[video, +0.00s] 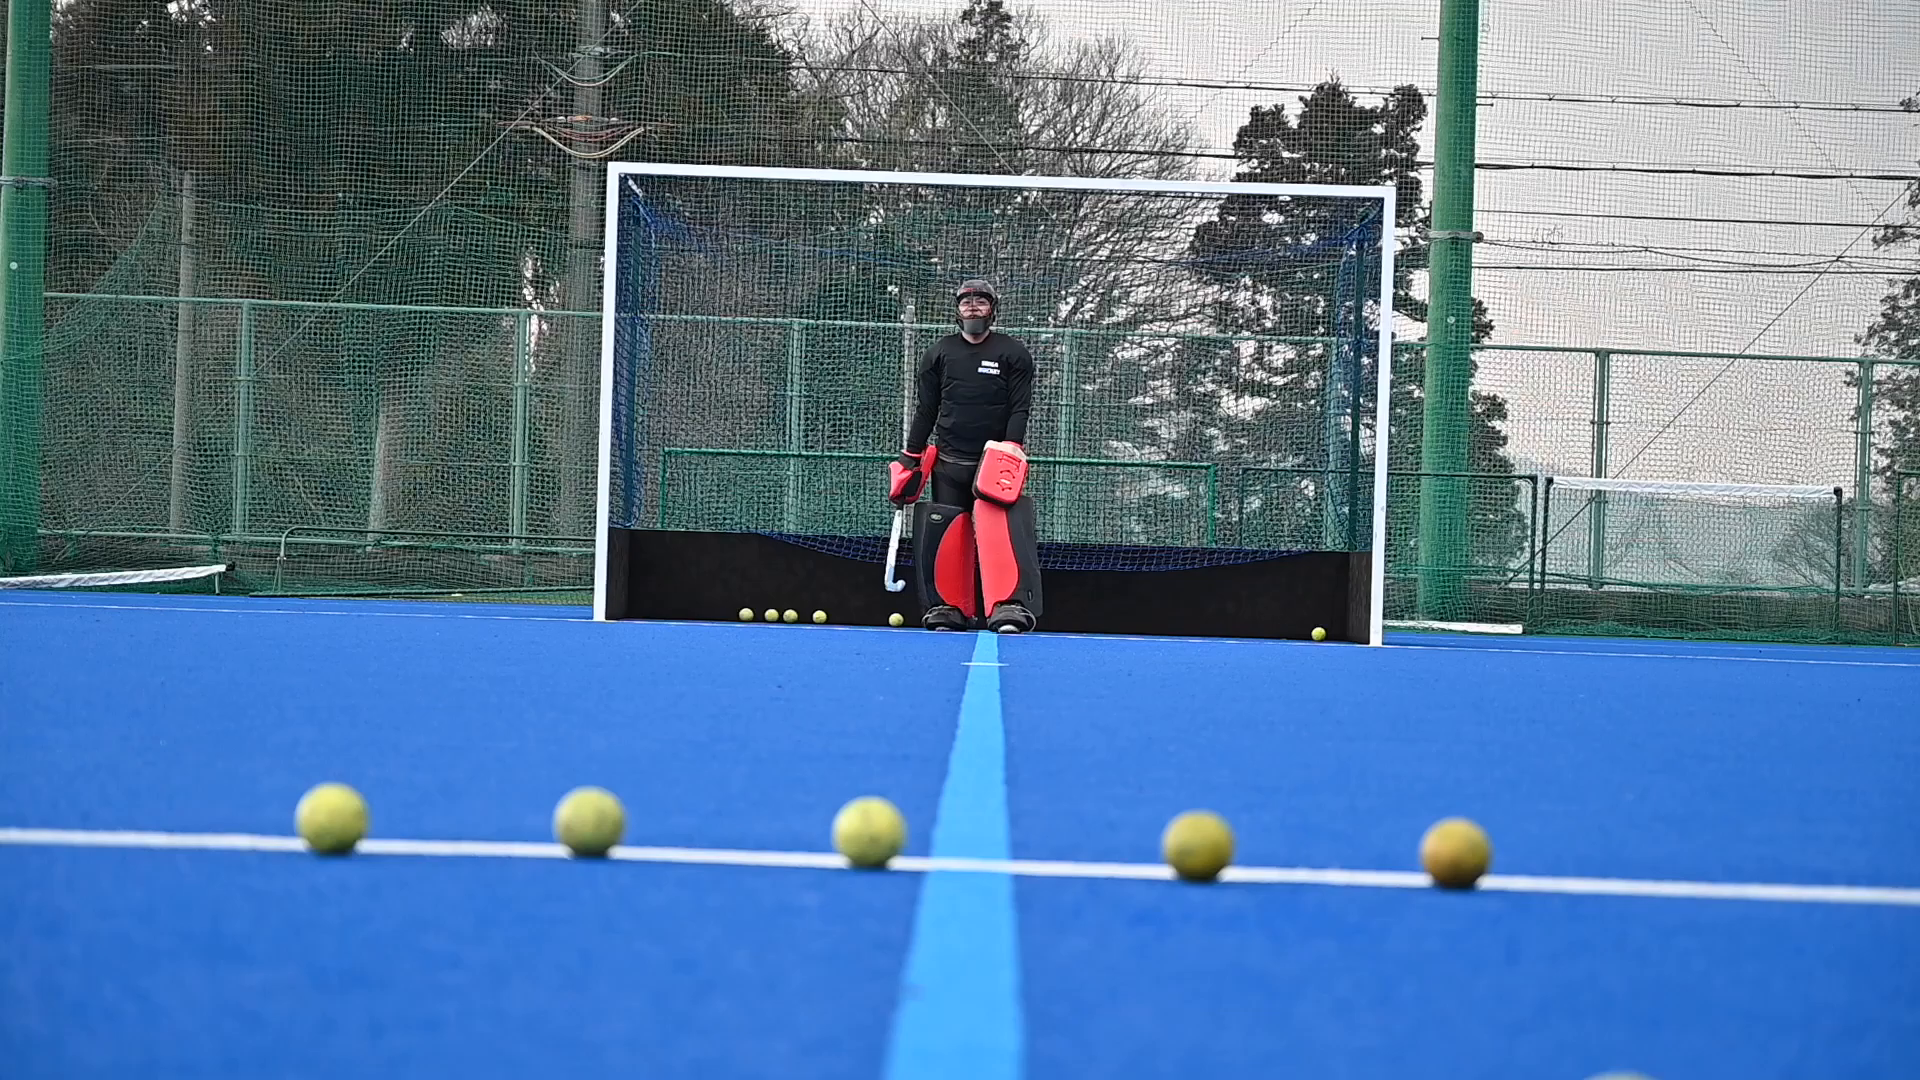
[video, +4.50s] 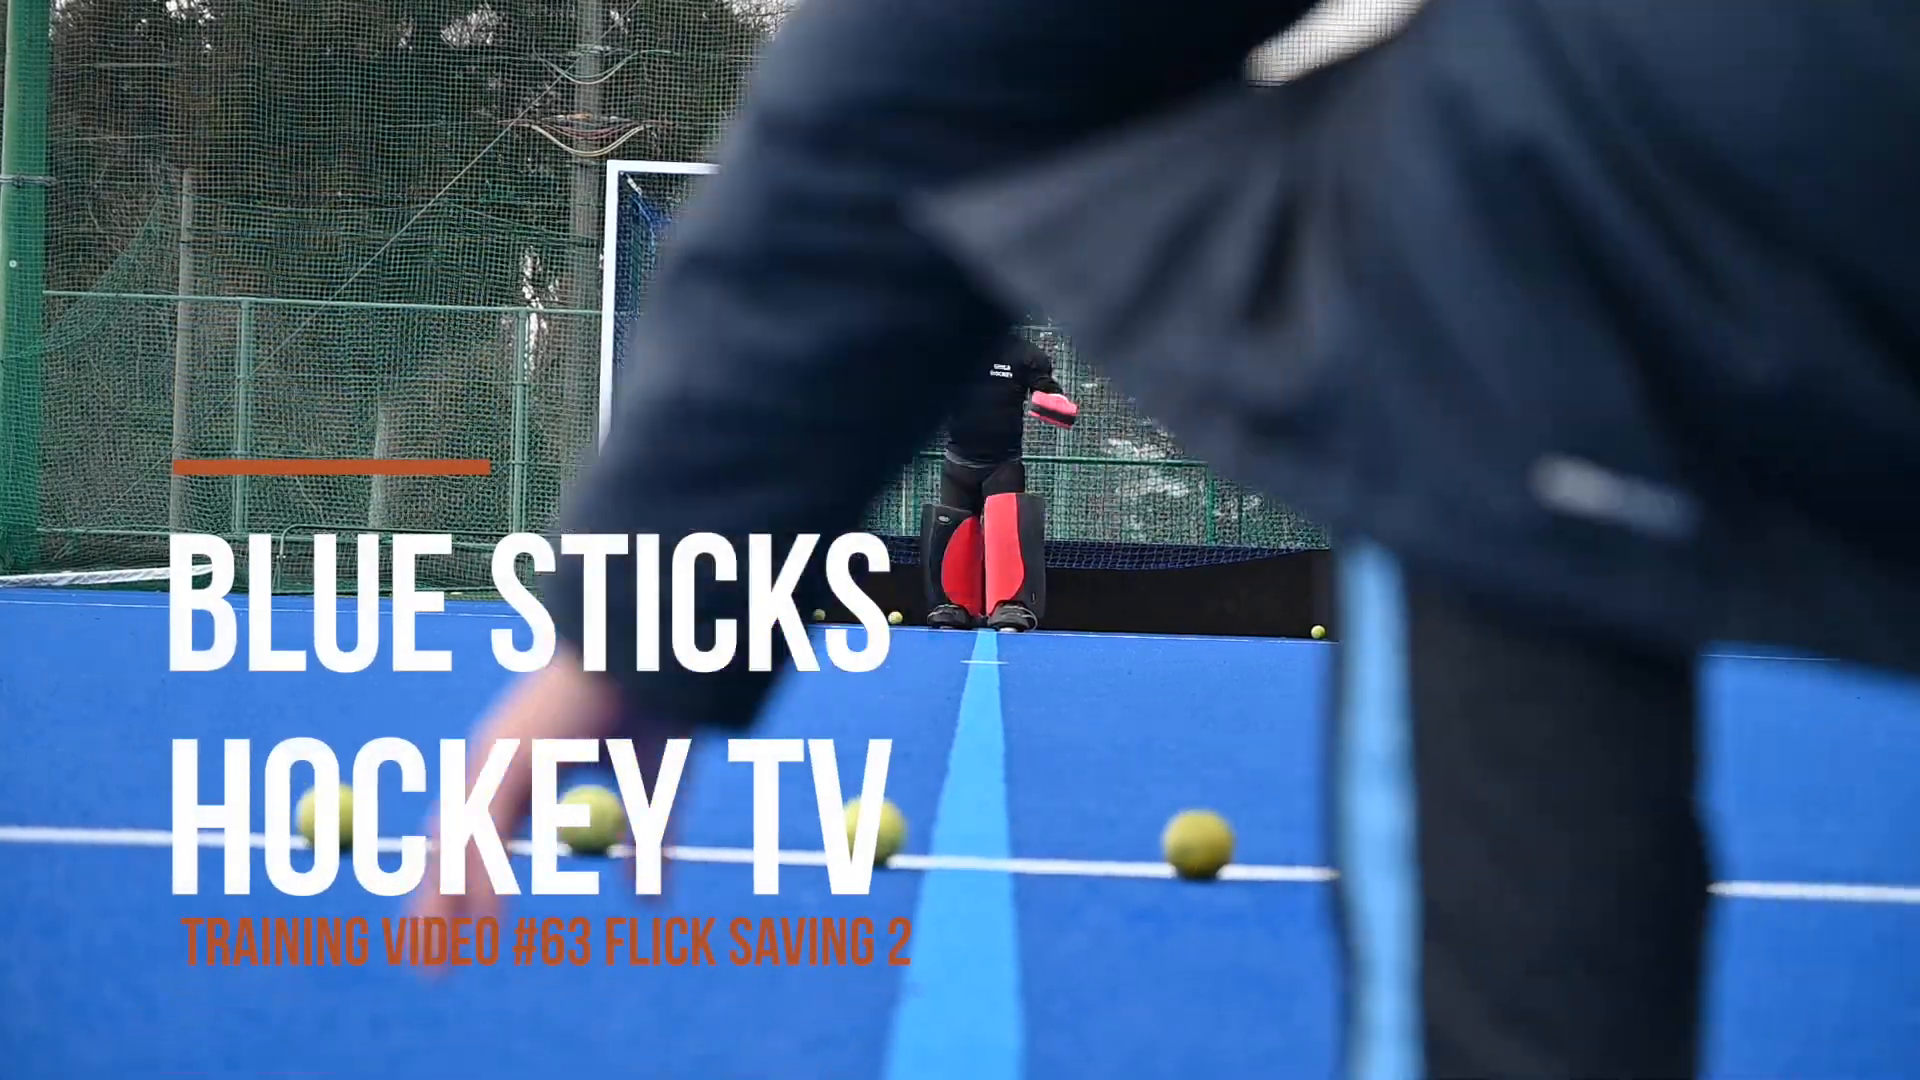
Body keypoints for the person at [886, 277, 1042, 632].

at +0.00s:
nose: (973, 306)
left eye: (980, 300)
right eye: (966, 301)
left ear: (992, 308)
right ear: (957, 308)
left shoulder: (1013, 353)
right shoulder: (939, 352)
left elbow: (1019, 409)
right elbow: (925, 410)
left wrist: (1008, 456)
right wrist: (910, 459)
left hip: (994, 466)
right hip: (949, 463)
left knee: (998, 535)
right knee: (947, 535)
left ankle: (1004, 608)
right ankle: (949, 609)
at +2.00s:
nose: (981, 309)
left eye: (988, 302)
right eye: (974, 302)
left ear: (1000, 307)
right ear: (964, 307)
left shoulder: (1019, 350)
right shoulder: (945, 348)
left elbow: (1027, 407)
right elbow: (930, 406)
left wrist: (1027, 456)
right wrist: (916, 455)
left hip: (997, 461)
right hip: (951, 459)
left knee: (1001, 530)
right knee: (946, 531)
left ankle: (1008, 605)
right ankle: (949, 605)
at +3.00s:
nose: (999, 312)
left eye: (1006, 306)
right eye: (992, 305)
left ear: (1017, 311)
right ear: (982, 309)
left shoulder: (1036, 353)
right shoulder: (962, 348)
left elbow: (1056, 393)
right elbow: (939, 394)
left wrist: (1063, 413)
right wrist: (924, 418)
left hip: (1012, 462)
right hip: (967, 460)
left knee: (1010, 531)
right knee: (957, 529)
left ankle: (1010, 607)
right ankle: (955, 604)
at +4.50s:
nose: (985, 327)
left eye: (990, 320)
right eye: (977, 322)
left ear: (1001, 322)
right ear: (968, 325)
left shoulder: (1022, 354)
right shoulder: (955, 352)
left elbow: (1052, 394)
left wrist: (1050, 404)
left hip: (1004, 464)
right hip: (958, 461)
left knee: (1007, 533)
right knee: (949, 533)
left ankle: (1009, 606)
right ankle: (952, 605)